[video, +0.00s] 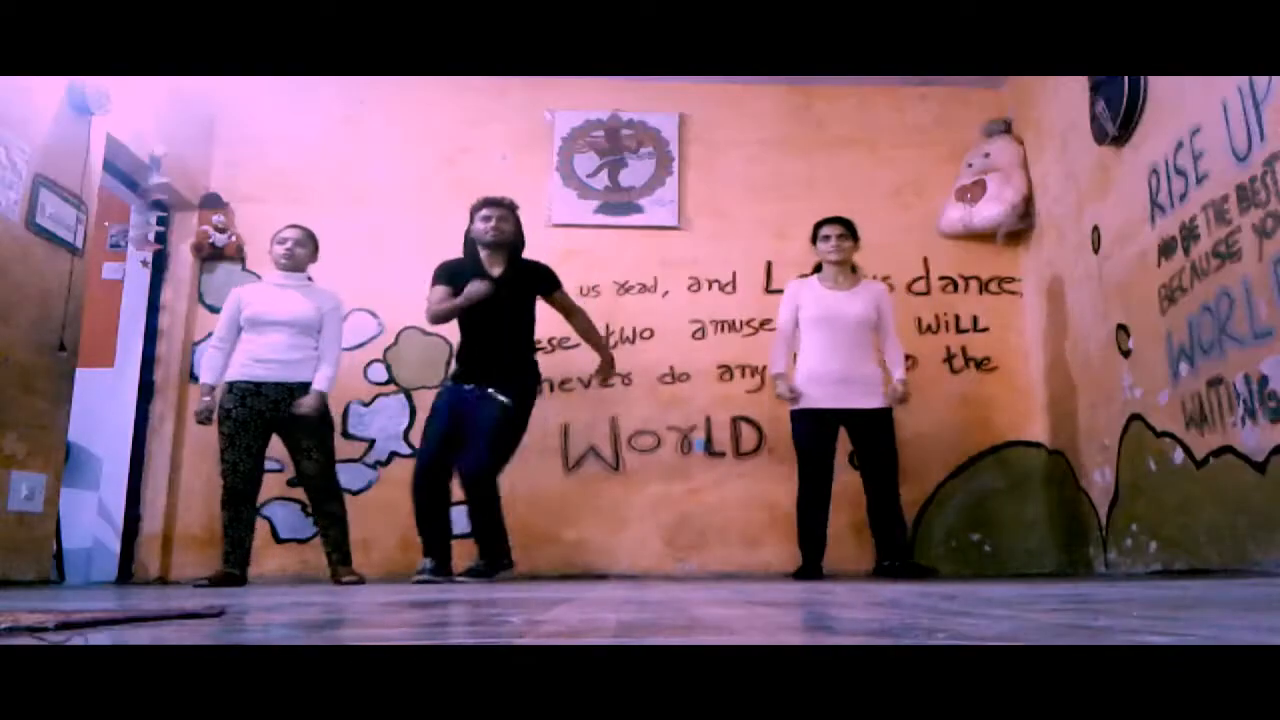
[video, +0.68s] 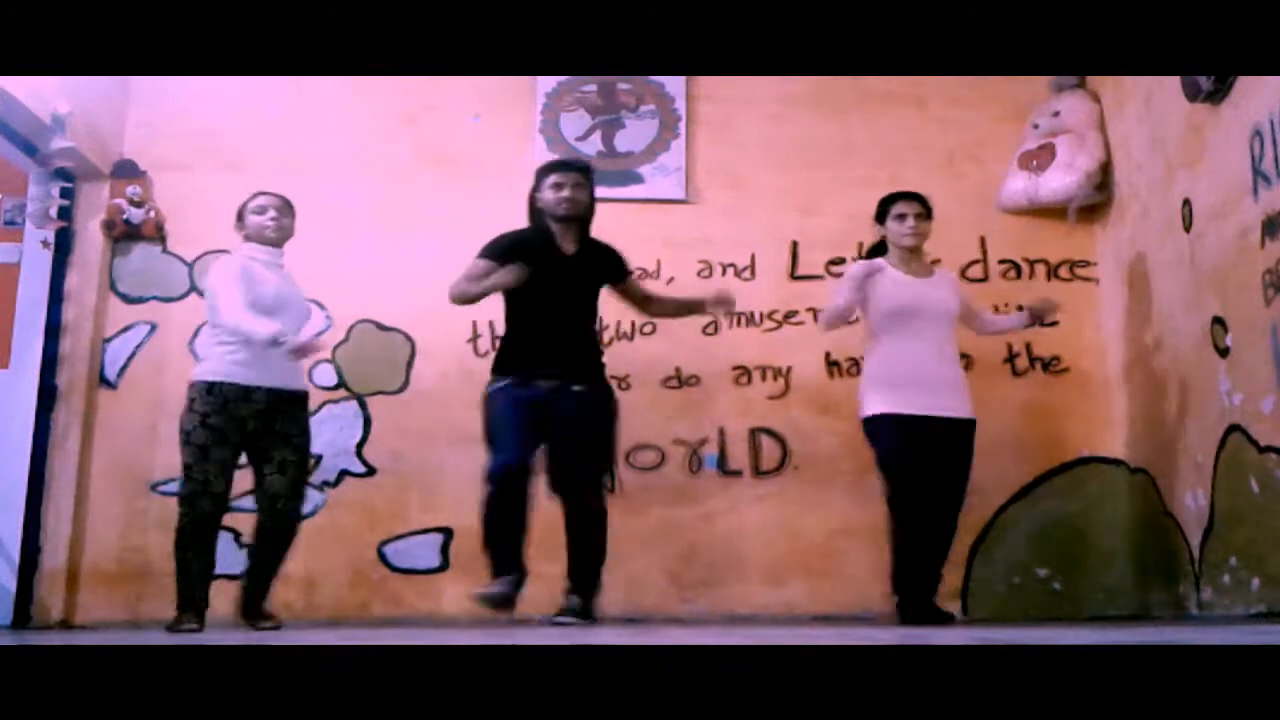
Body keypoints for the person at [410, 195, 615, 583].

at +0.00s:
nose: (493, 224)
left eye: (502, 220)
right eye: (485, 219)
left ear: (517, 232)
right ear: (471, 230)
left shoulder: (533, 275)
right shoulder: (453, 271)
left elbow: (572, 312)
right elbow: (433, 314)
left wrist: (605, 352)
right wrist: (465, 299)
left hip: (512, 384)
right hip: (465, 381)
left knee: (475, 468)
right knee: (429, 470)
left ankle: (495, 557)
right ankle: (436, 560)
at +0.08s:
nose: (499, 227)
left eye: (508, 223)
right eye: (491, 222)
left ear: (522, 232)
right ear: (477, 231)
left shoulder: (541, 274)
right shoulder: (463, 271)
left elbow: (580, 311)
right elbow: (428, 311)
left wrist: (618, 348)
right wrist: (457, 293)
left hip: (521, 389)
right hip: (470, 385)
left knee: (499, 475)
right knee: (435, 458)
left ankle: (488, 559)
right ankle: (442, 546)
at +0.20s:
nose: (486, 194)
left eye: (496, 187)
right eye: (475, 188)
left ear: (511, 198)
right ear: (457, 200)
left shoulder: (533, 250)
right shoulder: (436, 249)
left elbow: (583, 295)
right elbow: (388, 299)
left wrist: (610, 313)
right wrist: (359, 329)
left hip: (506, 383)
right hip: (450, 378)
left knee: (489, 488)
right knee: (480, 463)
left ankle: (413, 587)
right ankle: (444, 567)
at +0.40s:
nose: (516, 199)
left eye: (526, 194)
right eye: (505, 194)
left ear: (540, 207)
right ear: (487, 206)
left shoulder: (559, 258)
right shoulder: (460, 259)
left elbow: (618, 305)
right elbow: (411, 318)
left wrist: (635, 291)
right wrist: (364, 349)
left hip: (523, 393)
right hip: (470, 394)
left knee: (534, 491)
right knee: (514, 486)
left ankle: (429, 572)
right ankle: (506, 598)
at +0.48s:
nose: (531, 197)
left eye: (542, 191)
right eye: (520, 191)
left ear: (556, 206)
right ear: (500, 204)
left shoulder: (571, 260)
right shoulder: (476, 252)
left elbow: (616, 311)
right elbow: (443, 304)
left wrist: (667, 324)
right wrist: (488, 281)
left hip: (549, 391)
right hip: (486, 393)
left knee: (563, 471)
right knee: (470, 484)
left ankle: (522, 564)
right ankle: (493, 591)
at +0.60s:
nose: (550, 198)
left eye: (560, 192)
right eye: (539, 192)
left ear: (574, 205)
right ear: (518, 203)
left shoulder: (585, 261)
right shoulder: (500, 247)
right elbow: (472, 283)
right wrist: (533, 259)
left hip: (563, 385)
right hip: (506, 383)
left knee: (532, 481)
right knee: (471, 480)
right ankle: (489, 594)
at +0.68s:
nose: (567, 193)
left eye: (576, 187)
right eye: (556, 187)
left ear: (591, 200)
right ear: (536, 198)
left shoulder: (602, 257)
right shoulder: (514, 246)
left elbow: (646, 303)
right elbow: (459, 292)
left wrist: (704, 304)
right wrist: (497, 280)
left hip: (581, 388)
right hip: (519, 387)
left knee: (583, 491)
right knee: (507, 470)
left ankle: (581, 595)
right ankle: (506, 574)